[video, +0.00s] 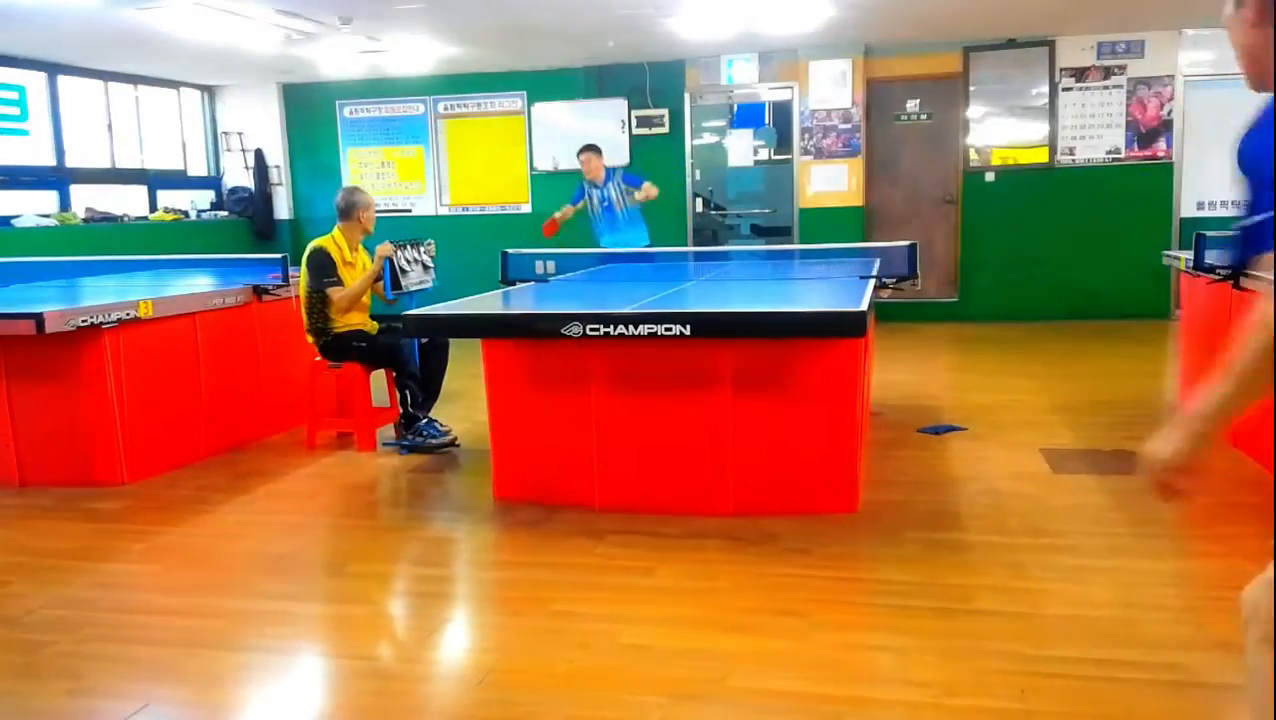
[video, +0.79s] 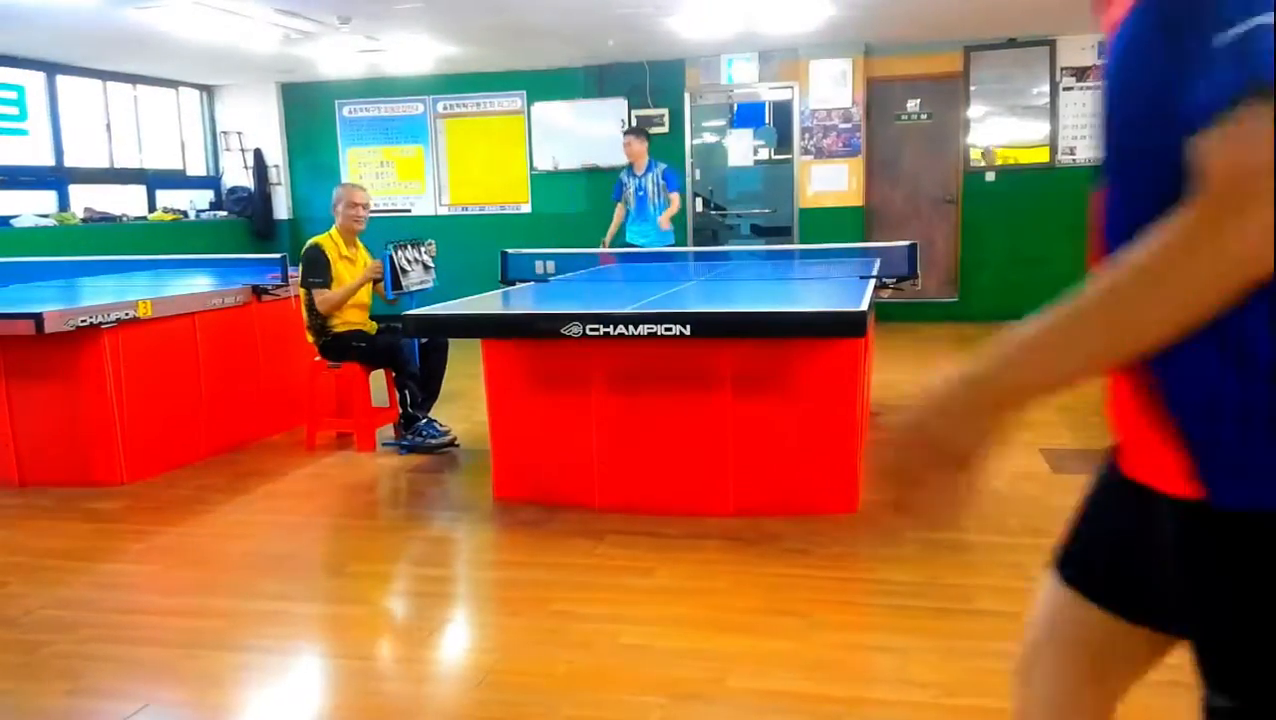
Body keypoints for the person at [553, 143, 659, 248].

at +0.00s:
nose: (585, 168)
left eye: (589, 162)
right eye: (582, 164)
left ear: (601, 161)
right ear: (580, 166)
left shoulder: (621, 177)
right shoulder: (585, 187)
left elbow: (652, 190)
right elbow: (573, 206)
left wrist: (644, 194)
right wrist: (560, 217)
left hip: (637, 247)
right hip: (609, 250)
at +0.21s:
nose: (590, 163)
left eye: (594, 157)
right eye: (589, 158)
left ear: (609, 156)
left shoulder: (629, 175)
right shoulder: (591, 187)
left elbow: (653, 193)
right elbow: (582, 217)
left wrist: (666, 209)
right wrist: (580, 240)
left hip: (637, 245)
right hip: (609, 248)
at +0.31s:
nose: (595, 163)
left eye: (599, 158)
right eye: (594, 159)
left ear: (615, 157)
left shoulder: (634, 177)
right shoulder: (595, 188)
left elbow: (654, 198)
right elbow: (589, 219)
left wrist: (667, 218)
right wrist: (589, 245)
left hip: (639, 247)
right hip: (611, 250)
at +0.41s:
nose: (612, 161)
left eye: (616, 155)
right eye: (611, 156)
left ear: (630, 154)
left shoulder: (651, 177)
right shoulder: (610, 184)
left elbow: (665, 201)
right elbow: (605, 215)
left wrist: (669, 225)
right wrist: (603, 242)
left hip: (651, 246)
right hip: (622, 248)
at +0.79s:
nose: (626, 149)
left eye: (629, 144)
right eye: (624, 145)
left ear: (644, 144)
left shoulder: (664, 171)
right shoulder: (625, 176)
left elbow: (676, 203)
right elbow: (620, 209)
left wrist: (666, 216)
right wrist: (608, 239)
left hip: (662, 243)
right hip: (634, 243)